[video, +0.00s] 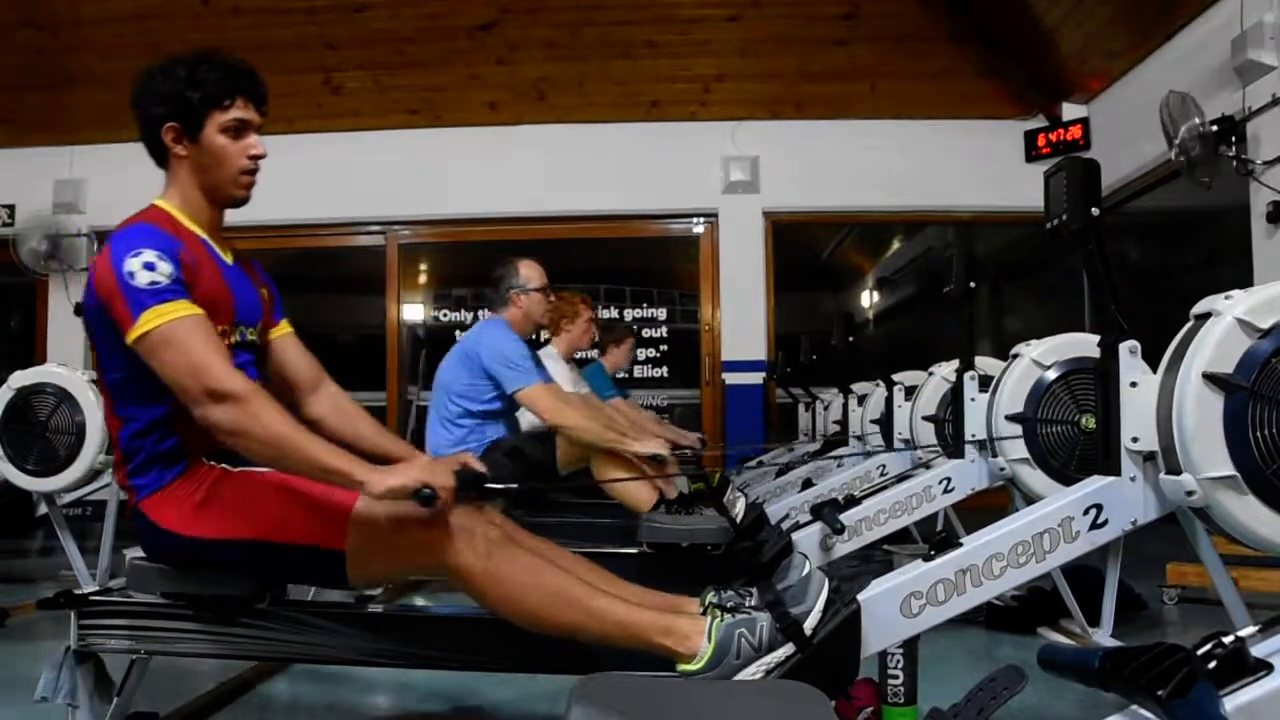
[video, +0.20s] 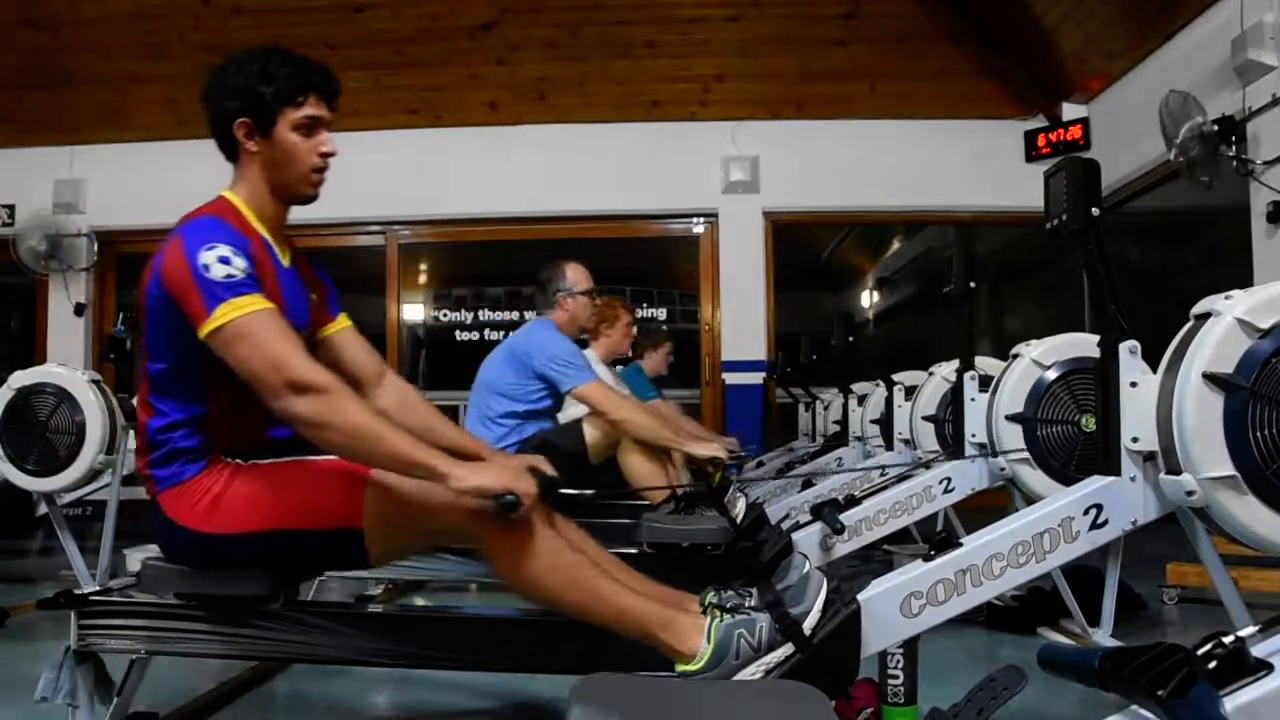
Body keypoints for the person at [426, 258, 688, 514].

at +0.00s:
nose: (552, 299)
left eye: (549, 291)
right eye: (544, 292)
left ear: (519, 299)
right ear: (517, 299)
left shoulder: (511, 341)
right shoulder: (495, 338)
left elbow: (572, 402)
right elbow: (554, 414)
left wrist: (634, 437)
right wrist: (633, 445)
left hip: (493, 453)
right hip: (470, 461)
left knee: (602, 433)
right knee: (591, 442)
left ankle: (669, 504)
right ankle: (661, 517)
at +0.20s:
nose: (596, 303)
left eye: (595, 294)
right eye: (588, 295)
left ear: (564, 302)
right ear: (563, 302)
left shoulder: (558, 341)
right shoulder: (546, 341)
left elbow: (622, 401)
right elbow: (614, 409)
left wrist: (681, 443)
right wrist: (688, 444)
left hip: (530, 446)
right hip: (509, 455)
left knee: (636, 420)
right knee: (622, 424)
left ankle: (683, 512)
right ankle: (676, 519)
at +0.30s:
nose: (622, 305)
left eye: (620, 297)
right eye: (614, 297)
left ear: (589, 305)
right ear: (588, 304)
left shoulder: (583, 341)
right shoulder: (571, 342)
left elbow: (649, 403)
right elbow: (640, 411)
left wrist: (721, 439)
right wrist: (715, 447)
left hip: (546, 445)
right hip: (527, 453)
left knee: (652, 415)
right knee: (636, 417)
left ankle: (686, 506)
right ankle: (677, 516)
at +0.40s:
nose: (646, 309)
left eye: (644, 300)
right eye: (639, 300)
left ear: (614, 307)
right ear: (614, 307)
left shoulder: (600, 341)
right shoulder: (596, 343)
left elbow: (667, 407)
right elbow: (666, 410)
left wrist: (739, 442)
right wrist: (740, 449)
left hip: (560, 444)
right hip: (548, 451)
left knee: (664, 413)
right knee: (655, 411)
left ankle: (680, 507)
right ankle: (679, 511)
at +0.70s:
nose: (702, 314)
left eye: (700, 306)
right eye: (696, 306)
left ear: (668, 311)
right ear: (670, 311)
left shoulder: (644, 341)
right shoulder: (658, 345)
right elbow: (735, 407)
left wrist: (798, 441)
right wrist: (808, 444)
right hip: (600, 448)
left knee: (696, 397)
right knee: (701, 405)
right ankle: (695, 504)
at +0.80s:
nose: (711, 313)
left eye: (709, 305)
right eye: (704, 306)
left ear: (676, 311)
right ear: (678, 311)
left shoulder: (654, 338)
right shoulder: (666, 342)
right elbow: (743, 403)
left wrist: (807, 441)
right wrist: (821, 441)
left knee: (701, 401)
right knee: (706, 402)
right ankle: (691, 494)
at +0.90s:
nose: (712, 312)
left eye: (710, 303)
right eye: (705, 303)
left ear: (679, 311)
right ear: (680, 311)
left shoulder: (661, 337)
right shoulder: (672, 343)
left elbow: (742, 393)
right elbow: (740, 395)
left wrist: (825, 431)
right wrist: (827, 436)